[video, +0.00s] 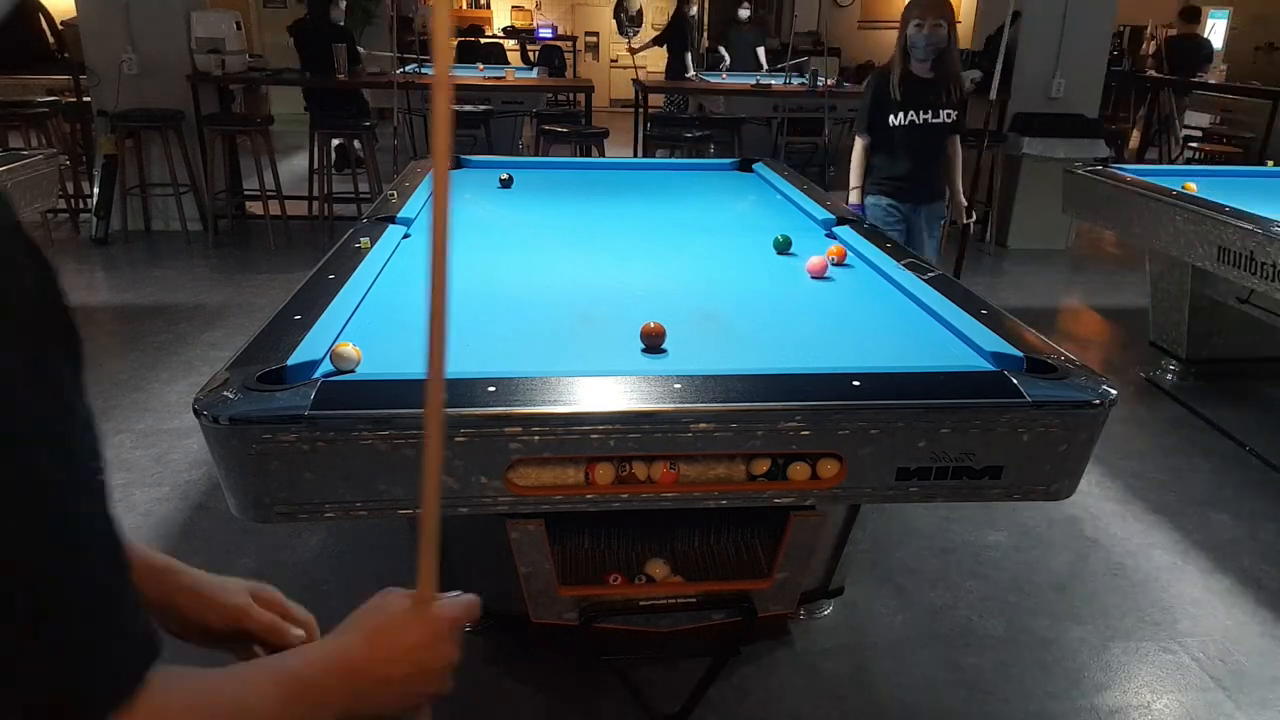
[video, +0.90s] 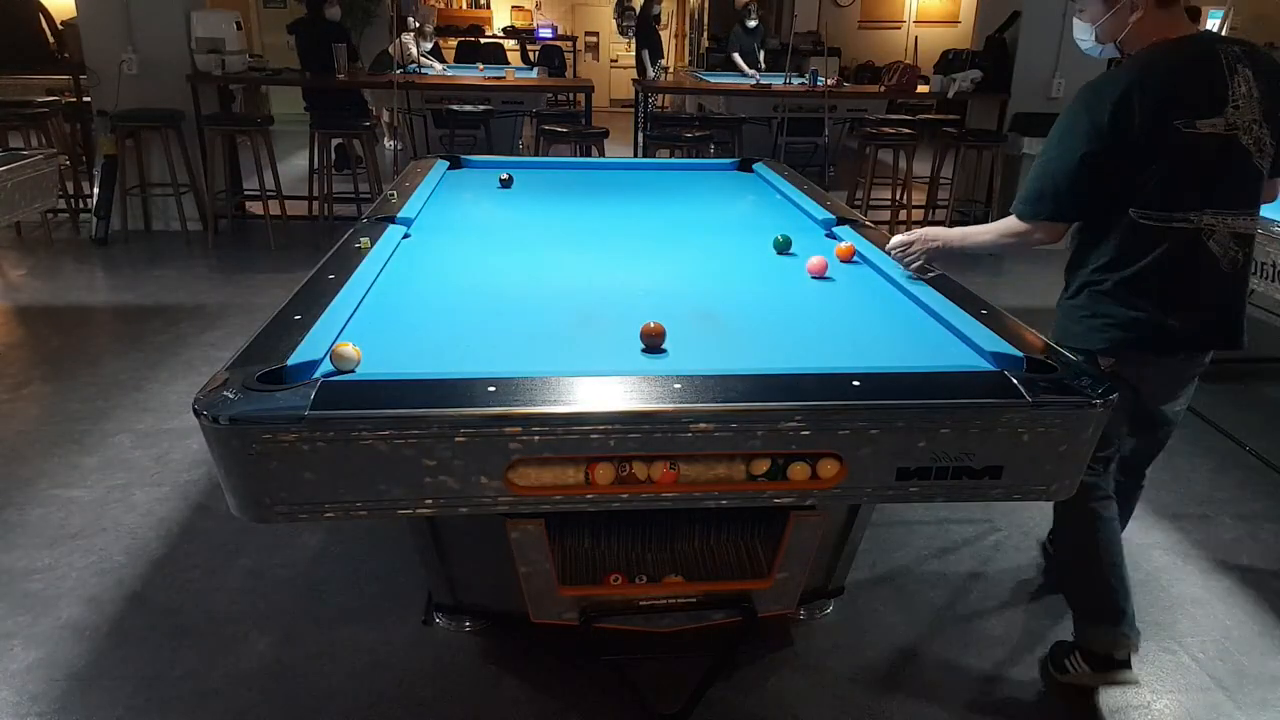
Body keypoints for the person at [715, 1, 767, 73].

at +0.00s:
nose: (745, 13)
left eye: (747, 9)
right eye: (742, 9)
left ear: (750, 11)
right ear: (737, 11)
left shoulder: (755, 27)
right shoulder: (729, 26)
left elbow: (759, 47)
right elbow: (720, 46)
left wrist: (764, 65)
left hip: (751, 70)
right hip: (733, 71)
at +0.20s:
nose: (749, 14)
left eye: (752, 11)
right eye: (747, 11)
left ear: (757, 13)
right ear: (742, 12)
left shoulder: (764, 28)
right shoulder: (735, 27)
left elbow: (771, 46)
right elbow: (728, 47)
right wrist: (731, 65)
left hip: (761, 72)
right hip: (740, 73)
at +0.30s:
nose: (750, 19)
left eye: (754, 16)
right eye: (748, 16)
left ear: (761, 18)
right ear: (746, 17)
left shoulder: (767, 33)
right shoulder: (738, 29)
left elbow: (780, 47)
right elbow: (731, 49)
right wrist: (731, 66)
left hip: (760, 74)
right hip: (740, 74)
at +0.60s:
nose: (749, 23)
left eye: (753, 20)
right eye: (747, 19)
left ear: (759, 20)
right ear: (744, 20)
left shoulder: (769, 35)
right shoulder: (740, 34)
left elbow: (784, 48)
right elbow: (731, 53)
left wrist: (785, 60)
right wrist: (732, 66)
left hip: (766, 78)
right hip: (743, 78)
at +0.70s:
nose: (744, 30)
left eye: (747, 27)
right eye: (741, 27)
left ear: (751, 25)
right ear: (737, 27)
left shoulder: (759, 34)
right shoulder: (734, 36)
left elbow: (765, 50)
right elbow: (729, 54)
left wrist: (763, 64)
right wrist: (728, 70)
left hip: (756, 72)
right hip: (739, 72)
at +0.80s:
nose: (747, 28)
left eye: (749, 25)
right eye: (744, 25)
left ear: (753, 22)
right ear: (739, 23)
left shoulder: (757, 33)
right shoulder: (734, 35)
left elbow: (759, 50)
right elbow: (731, 58)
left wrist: (759, 64)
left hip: (754, 73)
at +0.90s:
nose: (752, 24)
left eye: (755, 21)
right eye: (749, 21)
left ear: (758, 19)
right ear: (744, 19)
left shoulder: (760, 29)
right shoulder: (737, 30)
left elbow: (762, 47)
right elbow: (734, 54)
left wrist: (761, 62)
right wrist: (747, 70)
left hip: (756, 70)